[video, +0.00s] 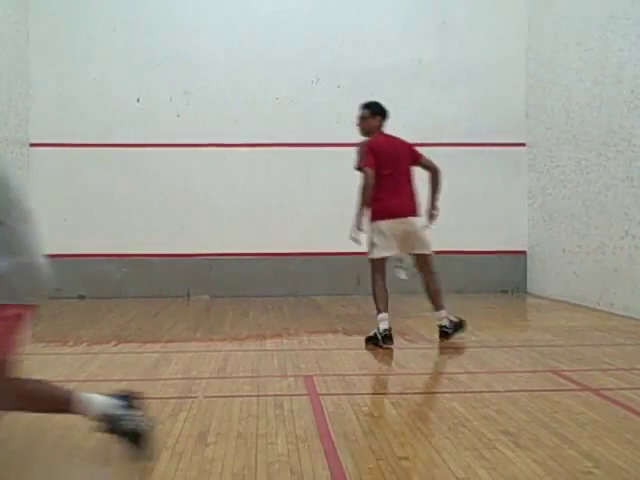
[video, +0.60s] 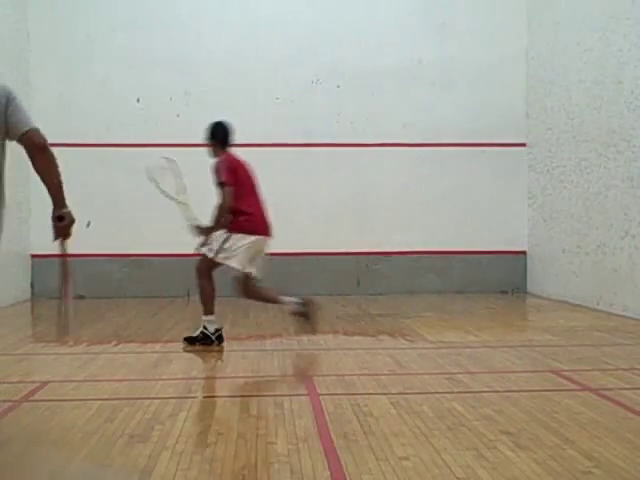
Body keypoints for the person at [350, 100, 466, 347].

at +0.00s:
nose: (359, 123)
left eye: (363, 119)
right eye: (359, 118)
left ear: (377, 119)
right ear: (380, 121)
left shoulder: (368, 146)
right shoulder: (401, 145)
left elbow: (369, 180)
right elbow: (433, 169)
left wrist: (360, 217)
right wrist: (434, 204)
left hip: (380, 217)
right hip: (408, 215)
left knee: (378, 272)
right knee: (426, 268)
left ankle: (383, 328)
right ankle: (444, 321)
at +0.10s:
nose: (339, 113)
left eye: (343, 109)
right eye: (340, 108)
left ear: (357, 110)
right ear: (361, 110)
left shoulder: (347, 136)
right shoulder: (380, 136)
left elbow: (350, 169)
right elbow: (410, 164)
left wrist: (334, 203)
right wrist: (406, 201)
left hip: (360, 209)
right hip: (386, 206)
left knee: (365, 266)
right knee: (397, 259)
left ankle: (378, 322)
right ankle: (413, 315)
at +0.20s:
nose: (318, 106)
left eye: (322, 102)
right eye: (319, 101)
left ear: (335, 104)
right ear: (338, 105)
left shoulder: (327, 129)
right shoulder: (359, 131)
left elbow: (330, 163)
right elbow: (384, 165)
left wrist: (312, 199)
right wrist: (375, 194)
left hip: (342, 200)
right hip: (367, 200)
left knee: (335, 255)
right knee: (368, 253)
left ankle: (356, 310)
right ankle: (382, 310)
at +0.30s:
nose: (297, 116)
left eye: (300, 112)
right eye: (297, 112)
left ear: (310, 113)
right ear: (318, 115)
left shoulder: (307, 138)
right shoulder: (335, 140)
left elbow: (307, 177)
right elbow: (356, 179)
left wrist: (288, 215)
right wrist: (340, 201)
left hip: (323, 209)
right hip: (347, 209)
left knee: (299, 257)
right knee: (349, 259)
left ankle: (303, 316)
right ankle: (368, 319)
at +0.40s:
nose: (272, 134)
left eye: (274, 129)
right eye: (273, 129)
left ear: (282, 130)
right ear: (291, 131)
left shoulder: (285, 155)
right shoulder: (307, 155)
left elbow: (281, 194)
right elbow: (320, 193)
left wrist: (261, 229)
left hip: (302, 225)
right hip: (325, 225)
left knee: (261, 262)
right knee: (342, 278)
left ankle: (242, 319)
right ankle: (367, 327)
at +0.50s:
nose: (239, 140)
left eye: (240, 136)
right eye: (240, 135)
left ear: (245, 137)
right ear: (260, 137)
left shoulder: (252, 161)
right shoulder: (272, 160)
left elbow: (254, 200)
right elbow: (278, 201)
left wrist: (236, 232)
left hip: (267, 230)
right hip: (288, 231)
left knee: (229, 267)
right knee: (301, 284)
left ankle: (212, 329)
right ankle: (347, 315)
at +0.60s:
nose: (207, 145)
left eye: (209, 140)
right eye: (209, 140)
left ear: (213, 142)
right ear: (228, 140)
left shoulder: (224, 164)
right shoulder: (237, 163)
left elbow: (227, 203)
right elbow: (233, 204)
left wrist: (212, 232)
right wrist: (211, 228)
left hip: (241, 229)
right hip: (258, 231)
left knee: (203, 268)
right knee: (247, 288)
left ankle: (210, 329)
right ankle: (297, 304)